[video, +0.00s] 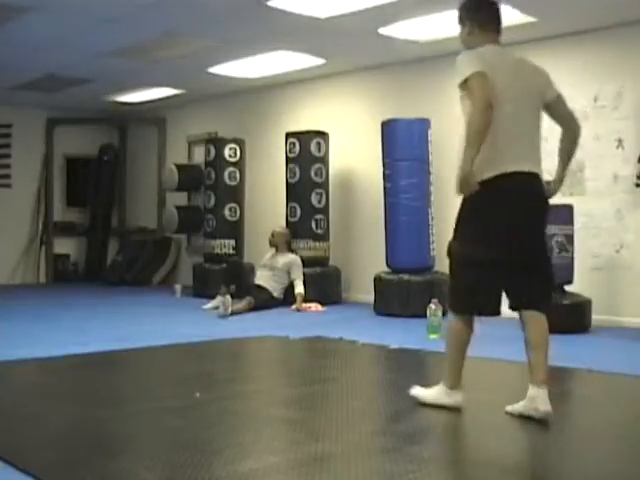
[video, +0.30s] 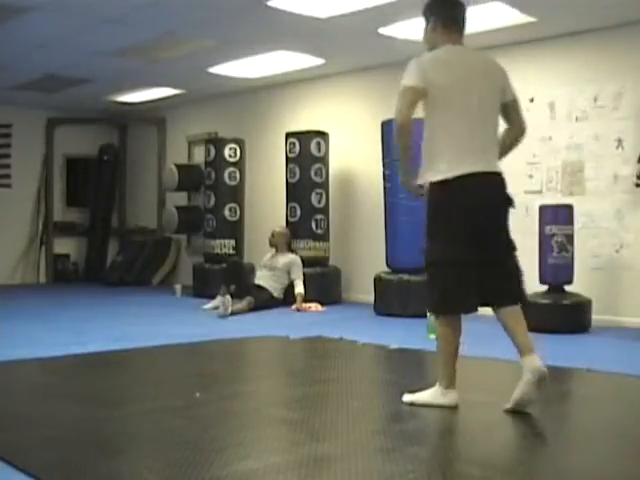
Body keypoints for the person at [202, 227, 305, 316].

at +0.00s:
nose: (270, 238)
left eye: (273, 236)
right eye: (271, 235)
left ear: (283, 239)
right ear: (277, 239)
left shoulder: (293, 259)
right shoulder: (270, 254)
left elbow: (298, 282)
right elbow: (262, 273)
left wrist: (299, 302)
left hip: (271, 294)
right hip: (255, 288)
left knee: (250, 301)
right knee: (234, 264)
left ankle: (230, 310)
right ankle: (221, 298)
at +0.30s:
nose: (269, 238)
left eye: (273, 235)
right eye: (271, 235)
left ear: (283, 239)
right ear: (277, 239)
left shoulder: (293, 259)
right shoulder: (270, 255)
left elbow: (298, 282)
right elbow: (261, 273)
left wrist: (299, 302)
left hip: (271, 294)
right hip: (254, 287)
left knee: (250, 301)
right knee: (234, 264)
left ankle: (230, 310)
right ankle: (221, 298)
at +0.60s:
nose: (269, 238)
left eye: (273, 235)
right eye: (271, 235)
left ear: (282, 239)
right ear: (277, 239)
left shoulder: (293, 259)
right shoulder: (270, 255)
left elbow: (298, 282)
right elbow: (261, 274)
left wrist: (299, 302)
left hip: (271, 294)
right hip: (254, 287)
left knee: (250, 301)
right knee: (234, 264)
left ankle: (230, 310)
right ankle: (221, 298)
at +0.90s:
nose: (270, 237)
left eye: (273, 235)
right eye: (271, 235)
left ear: (282, 239)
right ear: (278, 239)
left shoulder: (293, 259)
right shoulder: (270, 254)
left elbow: (298, 282)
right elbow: (262, 273)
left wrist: (299, 302)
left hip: (271, 293)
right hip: (255, 287)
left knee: (250, 300)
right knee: (233, 265)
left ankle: (230, 310)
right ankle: (221, 298)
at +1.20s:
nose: (270, 237)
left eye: (273, 235)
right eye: (271, 235)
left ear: (282, 239)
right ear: (277, 240)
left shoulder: (293, 259)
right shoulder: (270, 254)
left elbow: (298, 283)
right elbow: (263, 273)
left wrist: (298, 302)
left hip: (271, 293)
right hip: (254, 287)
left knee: (250, 300)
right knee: (234, 265)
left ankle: (230, 310)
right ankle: (221, 298)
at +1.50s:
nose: (270, 237)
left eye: (274, 235)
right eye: (271, 235)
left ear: (283, 239)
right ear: (277, 240)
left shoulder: (293, 259)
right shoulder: (270, 254)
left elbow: (298, 283)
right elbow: (262, 273)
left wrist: (299, 302)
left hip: (271, 293)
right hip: (254, 287)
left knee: (250, 300)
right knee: (234, 264)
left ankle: (230, 310)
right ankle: (221, 298)